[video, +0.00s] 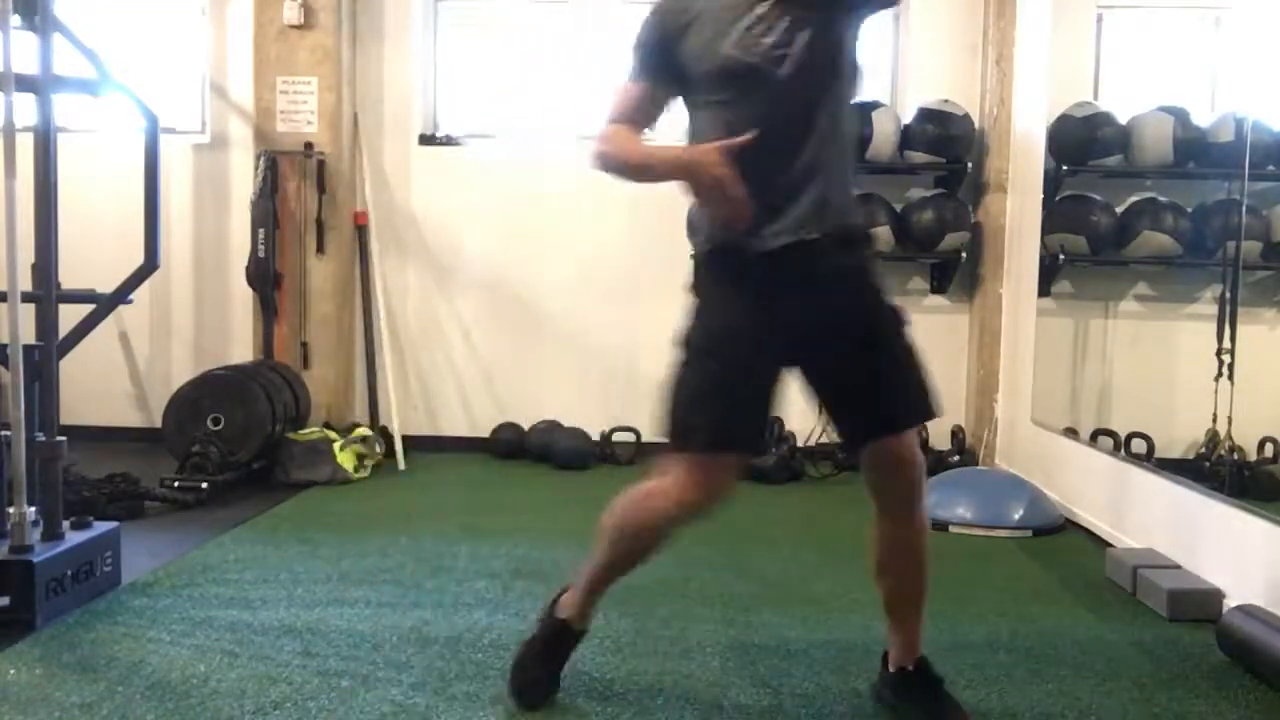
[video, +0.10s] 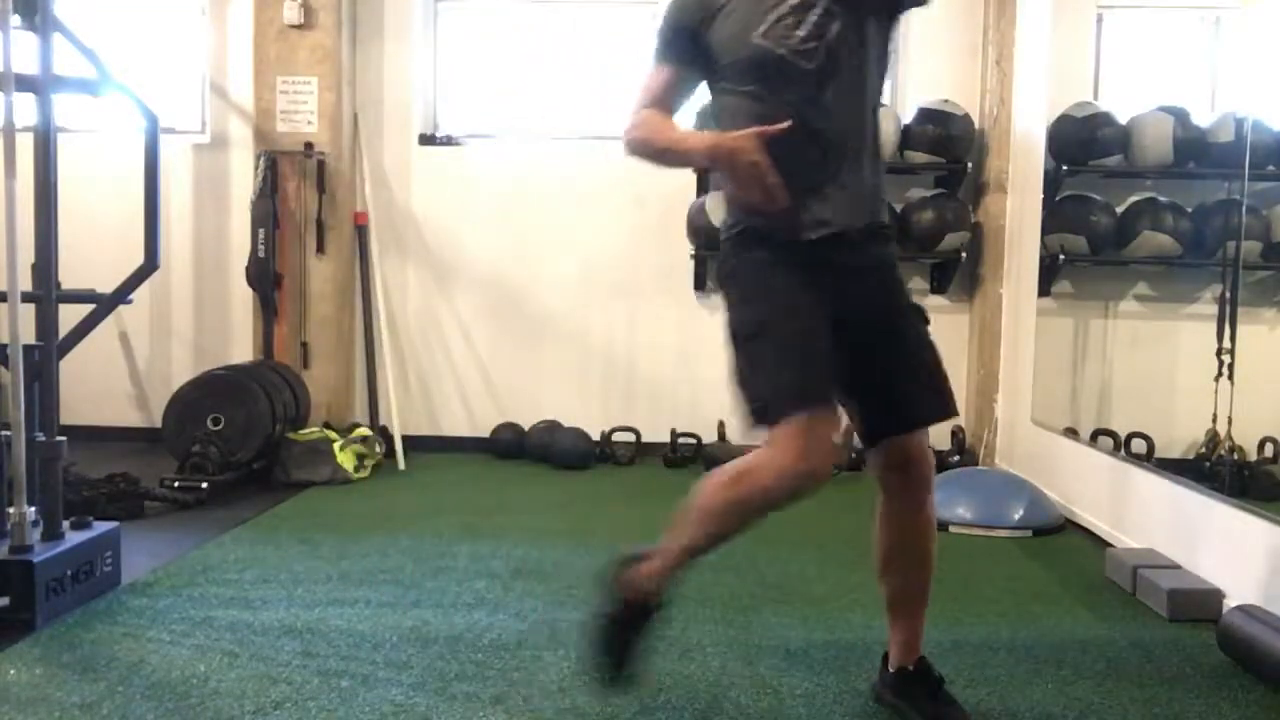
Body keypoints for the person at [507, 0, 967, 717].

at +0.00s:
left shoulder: (837, 7)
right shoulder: (681, 16)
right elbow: (613, 145)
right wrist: (686, 161)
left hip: (834, 266)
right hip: (738, 274)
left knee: (900, 470)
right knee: (695, 480)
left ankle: (905, 667)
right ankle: (571, 611)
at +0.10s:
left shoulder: (872, 4)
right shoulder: (707, 8)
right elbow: (642, 129)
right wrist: (719, 147)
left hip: (858, 242)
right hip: (763, 245)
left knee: (908, 465)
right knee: (804, 453)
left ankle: (904, 667)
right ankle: (642, 580)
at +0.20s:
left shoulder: (894, 5)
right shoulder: (726, 6)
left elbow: (950, 6)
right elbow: (650, 116)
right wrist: (726, 141)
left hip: (857, 233)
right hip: (767, 225)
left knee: (912, 465)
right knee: (905, 341)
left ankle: (903, 665)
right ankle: (777, 534)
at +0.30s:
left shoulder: (902, 8)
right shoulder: (742, 9)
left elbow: (960, 52)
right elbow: (651, 119)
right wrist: (725, 154)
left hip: (873, 265)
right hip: (780, 255)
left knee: (932, 469)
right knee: (958, 191)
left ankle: (901, 667)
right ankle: (888, 429)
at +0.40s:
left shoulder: (899, 23)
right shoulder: (745, 19)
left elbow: (955, 101)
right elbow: (653, 132)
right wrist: (734, 168)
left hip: (874, 282)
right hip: (780, 273)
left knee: (946, 482)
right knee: (963, 153)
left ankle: (902, 667)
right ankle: (919, 389)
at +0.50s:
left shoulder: (891, 14)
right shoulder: (736, 16)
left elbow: (955, 85)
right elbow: (644, 129)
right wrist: (731, 164)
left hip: (868, 272)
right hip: (778, 262)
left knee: (937, 465)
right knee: (959, 216)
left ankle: (902, 666)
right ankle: (887, 445)